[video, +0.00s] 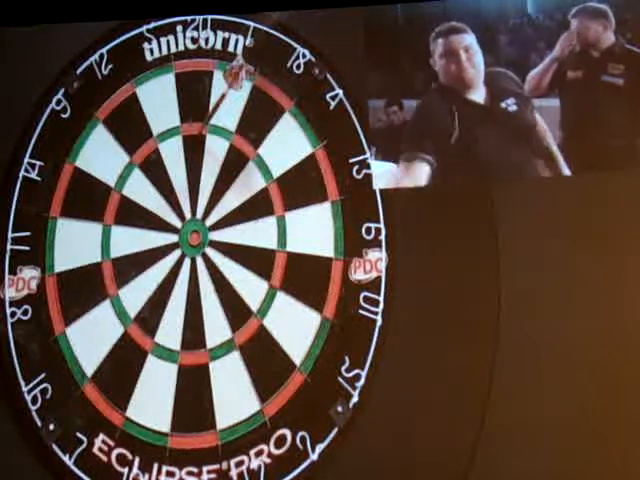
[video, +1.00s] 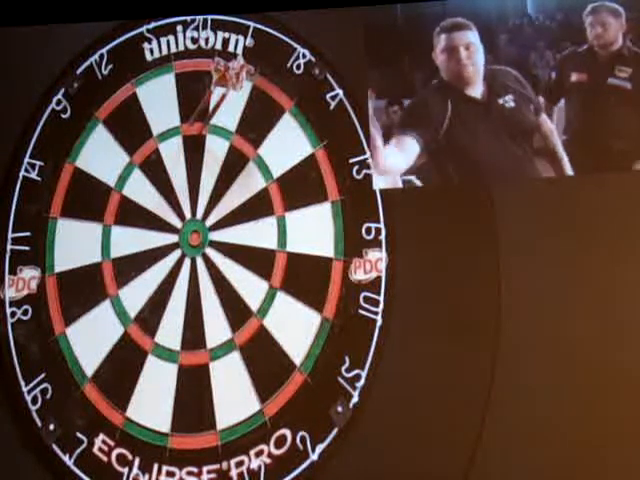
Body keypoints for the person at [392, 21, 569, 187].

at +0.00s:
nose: (463, 61)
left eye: (468, 50)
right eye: (450, 55)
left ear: (480, 53)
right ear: (434, 65)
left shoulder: (503, 82)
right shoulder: (433, 109)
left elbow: (538, 134)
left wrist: (566, 179)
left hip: (529, 204)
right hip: (467, 213)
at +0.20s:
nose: (462, 65)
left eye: (468, 53)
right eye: (448, 58)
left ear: (480, 56)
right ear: (433, 67)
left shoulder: (503, 82)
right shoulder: (428, 121)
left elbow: (536, 125)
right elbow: (428, 196)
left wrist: (560, 176)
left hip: (545, 198)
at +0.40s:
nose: (460, 65)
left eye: (467, 54)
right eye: (447, 59)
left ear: (479, 56)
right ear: (432, 66)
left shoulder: (504, 82)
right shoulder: (427, 118)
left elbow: (541, 126)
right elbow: (436, 193)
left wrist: (556, 179)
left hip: (540, 199)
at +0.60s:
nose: (462, 62)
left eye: (468, 52)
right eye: (450, 55)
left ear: (481, 54)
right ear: (434, 62)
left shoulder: (506, 82)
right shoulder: (429, 116)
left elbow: (544, 128)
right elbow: (431, 192)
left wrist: (561, 176)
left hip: (543, 198)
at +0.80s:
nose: (463, 59)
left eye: (470, 49)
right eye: (451, 52)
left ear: (483, 52)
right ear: (436, 60)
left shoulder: (507, 81)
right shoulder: (431, 108)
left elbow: (542, 125)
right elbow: (416, 174)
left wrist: (564, 173)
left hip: (537, 196)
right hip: (476, 207)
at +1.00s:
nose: (462, 57)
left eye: (469, 48)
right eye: (451, 51)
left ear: (482, 52)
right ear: (437, 59)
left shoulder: (508, 81)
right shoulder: (433, 103)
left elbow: (545, 130)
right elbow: (408, 147)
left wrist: (569, 177)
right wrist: (384, 160)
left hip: (529, 201)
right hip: (470, 213)